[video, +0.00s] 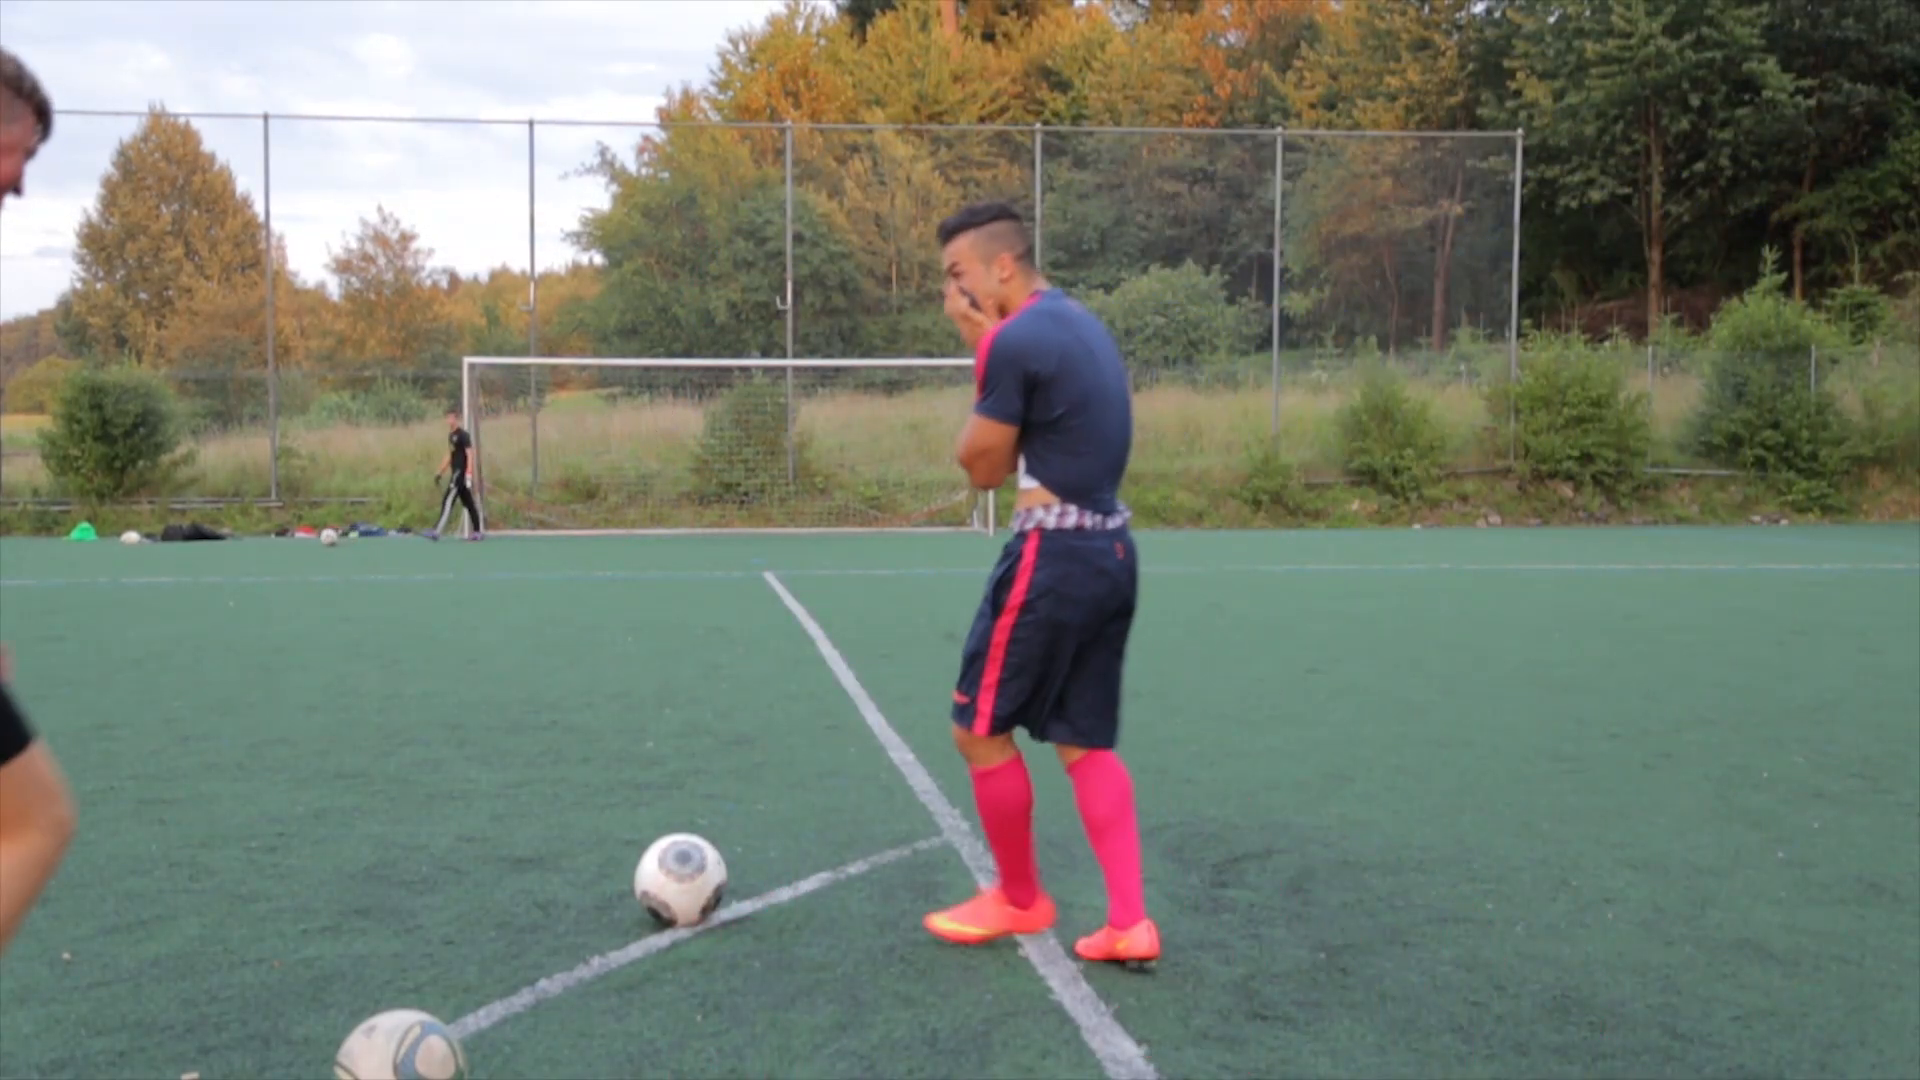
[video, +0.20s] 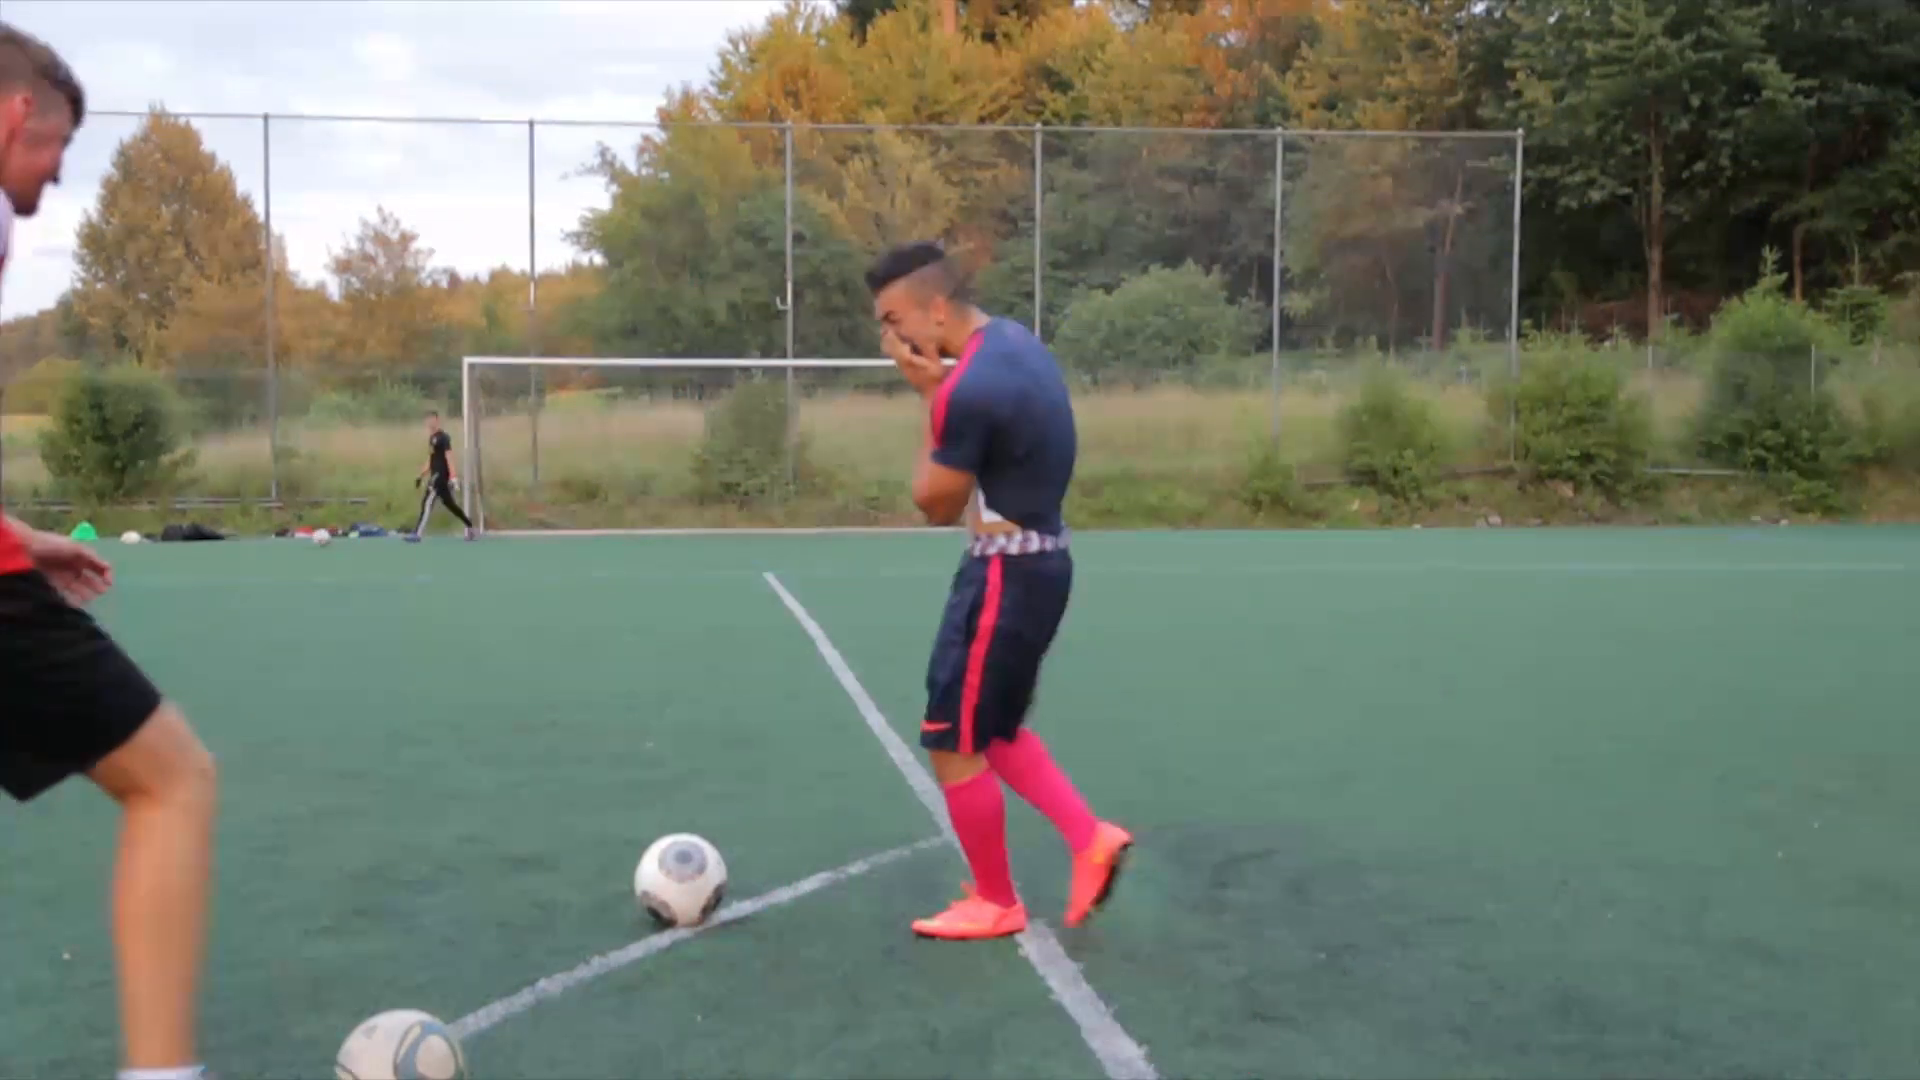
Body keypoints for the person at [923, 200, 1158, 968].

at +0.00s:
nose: (954, 291)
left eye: (960, 274)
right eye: (951, 277)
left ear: (1004, 266)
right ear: (1016, 271)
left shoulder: (1021, 338)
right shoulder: (1080, 323)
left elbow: (983, 466)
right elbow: (1042, 434)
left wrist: (985, 351)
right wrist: (987, 342)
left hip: (1049, 555)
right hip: (1108, 552)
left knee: (978, 725)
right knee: (1083, 734)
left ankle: (1019, 898)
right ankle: (1129, 919)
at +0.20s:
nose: (893, 339)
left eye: (895, 321)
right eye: (886, 325)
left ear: (938, 307)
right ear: (945, 308)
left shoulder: (975, 385)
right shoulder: (1012, 344)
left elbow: (937, 504)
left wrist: (935, 399)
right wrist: (939, 390)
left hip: (1005, 572)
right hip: (1035, 563)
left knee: (951, 743)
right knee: (997, 728)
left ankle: (996, 900)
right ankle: (1089, 837)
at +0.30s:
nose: (878, 327)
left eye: (882, 310)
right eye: (871, 315)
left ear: (922, 297)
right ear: (906, 305)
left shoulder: (969, 367)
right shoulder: (948, 345)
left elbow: (933, 488)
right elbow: (912, 457)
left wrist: (913, 383)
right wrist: (901, 376)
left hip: (999, 559)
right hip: (966, 551)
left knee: (961, 733)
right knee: (914, 708)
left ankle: (997, 897)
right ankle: (1021, 843)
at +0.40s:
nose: (856, 317)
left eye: (861, 299)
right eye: (846, 305)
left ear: (903, 288)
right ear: (860, 306)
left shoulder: (955, 352)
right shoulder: (905, 349)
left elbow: (918, 478)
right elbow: (879, 457)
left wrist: (891, 375)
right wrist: (875, 368)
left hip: (984, 552)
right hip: (931, 548)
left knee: (971, 726)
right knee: (890, 708)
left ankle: (999, 898)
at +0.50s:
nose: (841, 333)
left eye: (847, 314)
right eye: (828, 321)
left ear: (886, 298)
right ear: (825, 323)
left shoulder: (945, 359)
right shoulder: (860, 362)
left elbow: (918, 481)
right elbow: (855, 478)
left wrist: (875, 385)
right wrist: (848, 384)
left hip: (964, 554)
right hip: (903, 553)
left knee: (962, 734)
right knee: (871, 727)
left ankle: (997, 897)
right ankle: (850, 888)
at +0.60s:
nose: (826, 335)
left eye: (834, 316)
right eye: (810, 326)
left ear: (865, 300)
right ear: (799, 327)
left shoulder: (930, 357)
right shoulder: (809, 368)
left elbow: (913, 477)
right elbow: (828, 482)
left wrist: (864, 384)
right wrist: (832, 386)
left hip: (943, 550)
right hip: (875, 555)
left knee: (927, 733)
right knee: (843, 724)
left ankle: (985, 884)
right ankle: (845, 890)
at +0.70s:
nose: (816, 320)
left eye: (828, 301)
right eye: (800, 308)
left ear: (857, 283)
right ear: (786, 306)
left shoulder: (916, 345)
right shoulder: (784, 359)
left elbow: (903, 465)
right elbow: (810, 473)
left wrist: (853, 371)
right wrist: (823, 377)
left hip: (926, 542)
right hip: (852, 552)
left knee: (913, 723)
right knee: (835, 723)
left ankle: (947, 863)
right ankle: (844, 890)